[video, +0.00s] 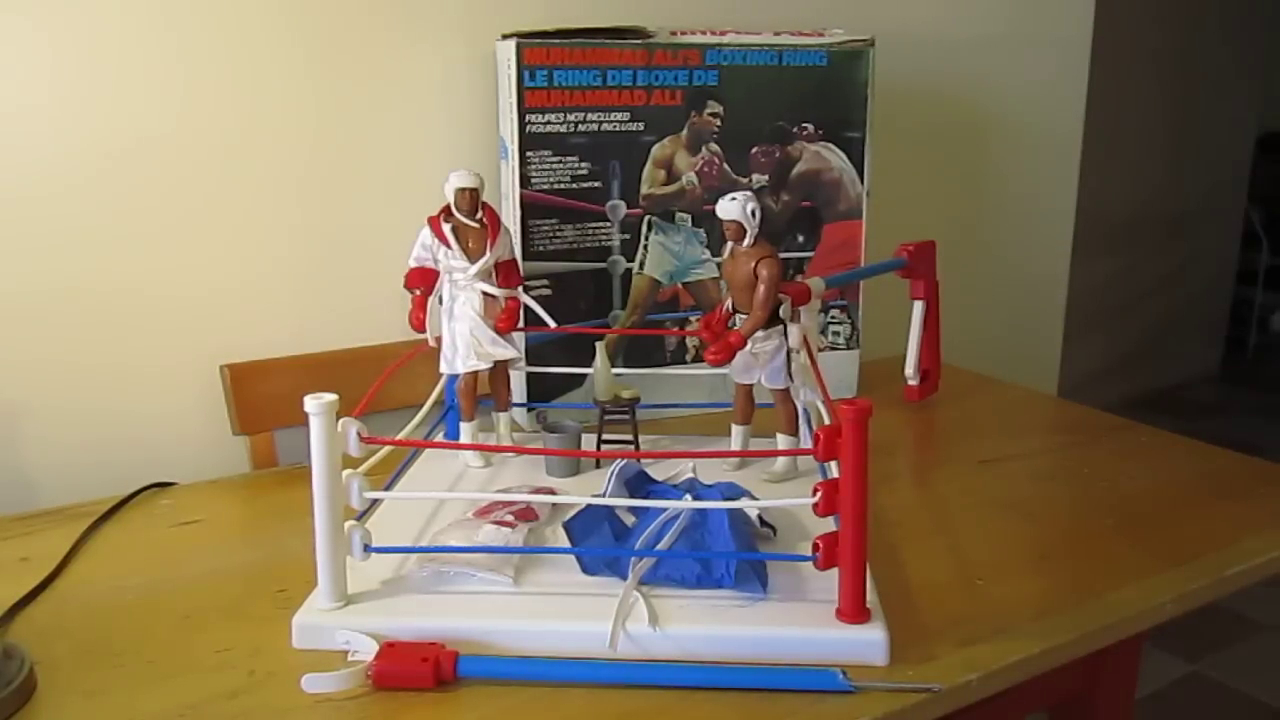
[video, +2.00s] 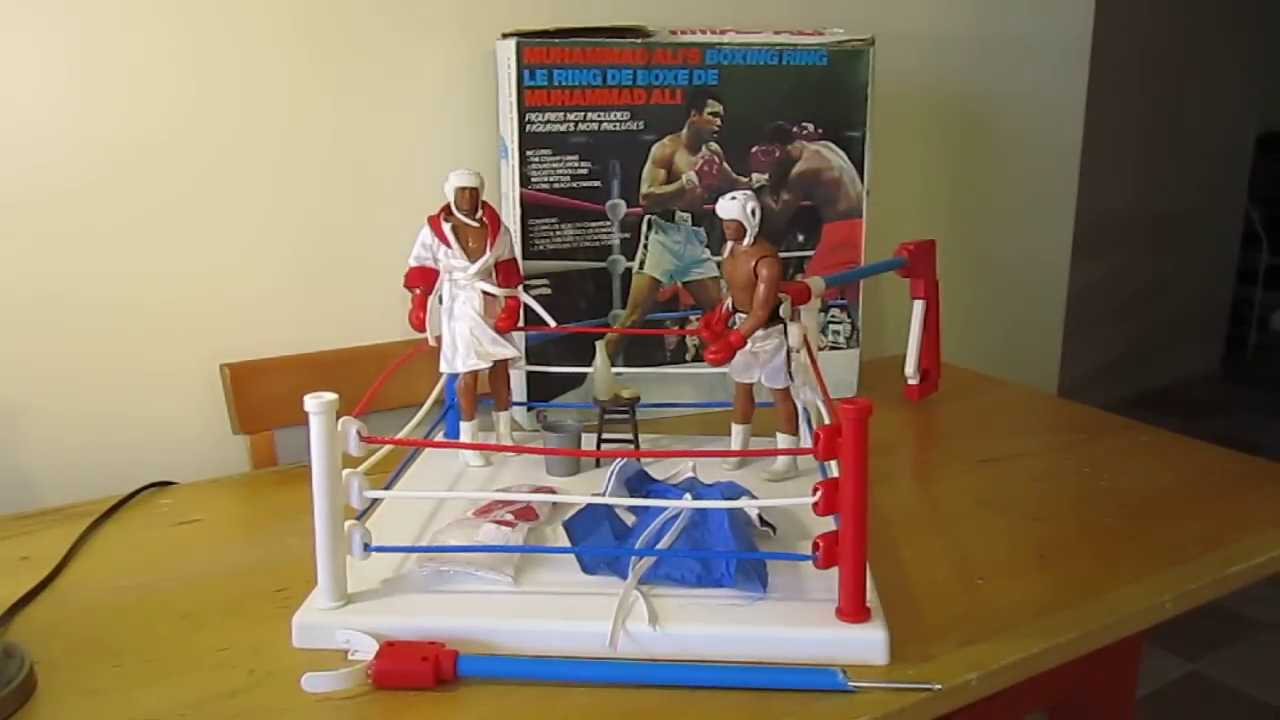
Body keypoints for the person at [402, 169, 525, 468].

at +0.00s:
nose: (467, 199)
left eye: (472, 192)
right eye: (461, 193)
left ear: (480, 195)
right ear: (450, 196)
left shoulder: (495, 228)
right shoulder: (435, 231)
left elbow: (508, 270)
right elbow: (421, 273)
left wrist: (510, 307)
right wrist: (420, 314)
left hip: (492, 303)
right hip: (458, 305)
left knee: (500, 365)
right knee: (468, 370)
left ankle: (505, 432)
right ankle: (469, 440)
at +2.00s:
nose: (468, 197)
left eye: (472, 191)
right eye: (462, 191)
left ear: (481, 194)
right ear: (451, 195)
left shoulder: (495, 228)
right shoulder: (436, 229)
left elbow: (509, 269)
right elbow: (421, 268)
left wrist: (512, 306)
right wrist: (419, 304)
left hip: (493, 303)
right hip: (459, 305)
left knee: (500, 365)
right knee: (469, 370)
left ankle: (505, 433)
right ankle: (469, 440)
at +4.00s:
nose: (466, 198)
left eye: (472, 191)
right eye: (460, 192)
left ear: (480, 194)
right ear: (450, 195)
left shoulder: (496, 228)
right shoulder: (435, 229)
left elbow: (508, 270)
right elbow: (421, 273)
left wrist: (510, 306)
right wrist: (421, 312)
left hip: (493, 302)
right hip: (459, 304)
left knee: (501, 364)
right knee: (469, 369)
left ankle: (505, 432)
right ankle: (469, 440)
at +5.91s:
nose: (467, 198)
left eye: (472, 191)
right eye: (460, 191)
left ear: (480, 194)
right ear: (450, 195)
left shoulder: (496, 227)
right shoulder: (436, 229)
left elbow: (508, 270)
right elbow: (421, 271)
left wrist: (511, 306)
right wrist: (422, 310)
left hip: (491, 301)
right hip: (457, 303)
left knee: (500, 365)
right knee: (468, 369)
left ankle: (505, 434)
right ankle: (469, 441)